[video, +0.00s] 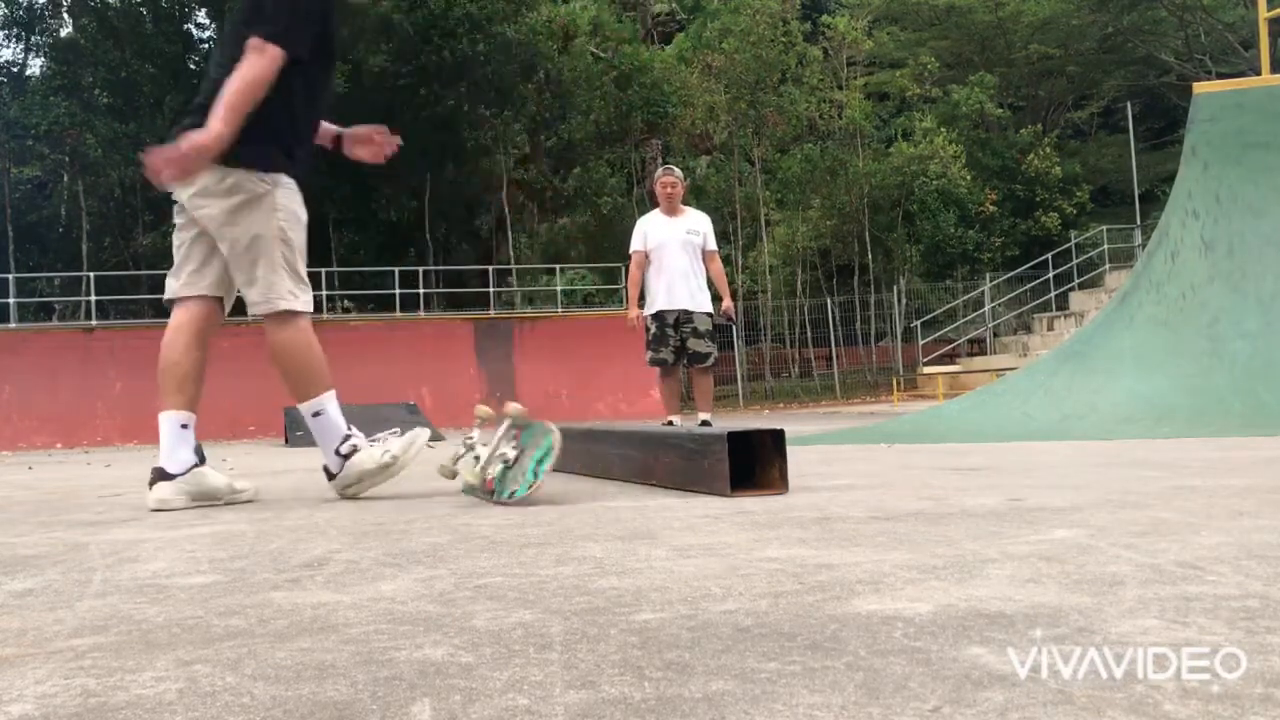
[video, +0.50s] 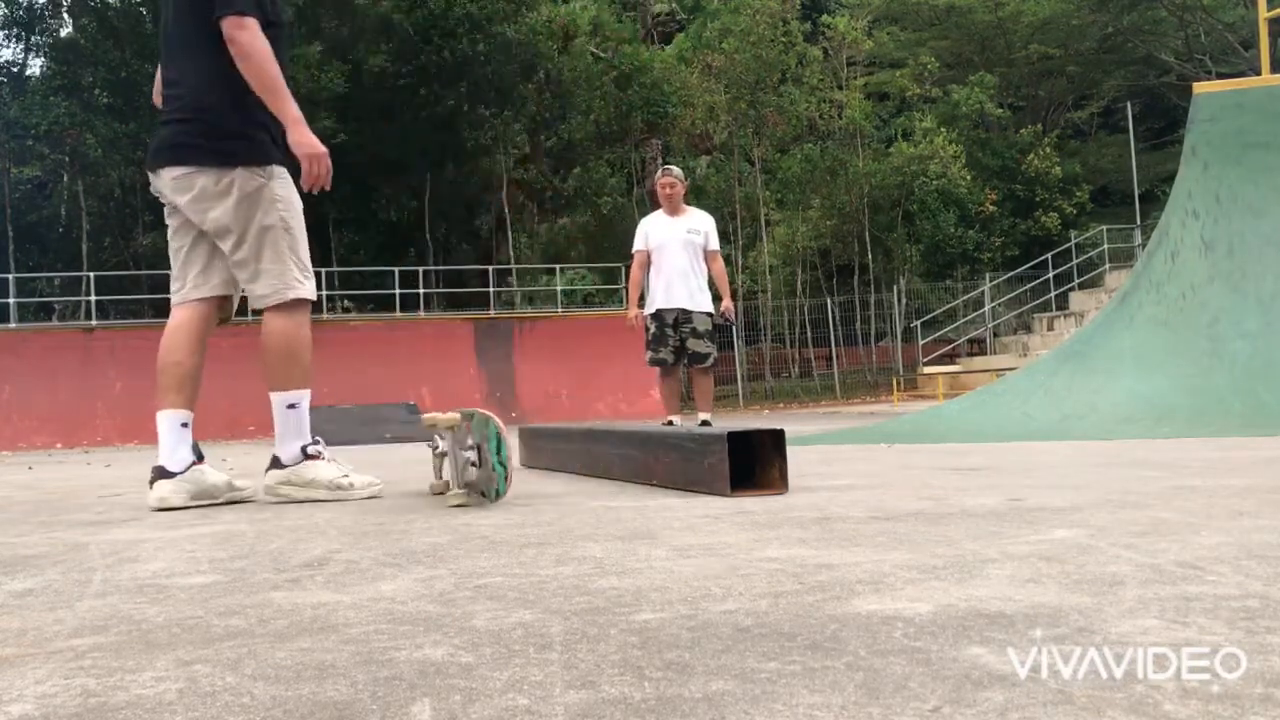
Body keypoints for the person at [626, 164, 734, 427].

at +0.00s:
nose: (668, 191)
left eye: (673, 186)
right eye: (663, 186)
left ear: (683, 188)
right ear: (655, 190)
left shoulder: (701, 220)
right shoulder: (645, 223)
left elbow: (713, 260)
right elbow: (637, 265)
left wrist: (726, 297)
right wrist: (632, 305)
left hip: (697, 305)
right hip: (661, 307)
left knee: (702, 365)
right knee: (668, 366)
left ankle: (705, 418)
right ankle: (673, 420)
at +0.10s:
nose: (668, 191)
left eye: (673, 185)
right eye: (663, 186)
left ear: (683, 188)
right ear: (655, 190)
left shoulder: (701, 219)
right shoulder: (645, 223)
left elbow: (713, 260)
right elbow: (637, 265)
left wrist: (726, 297)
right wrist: (633, 305)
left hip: (697, 305)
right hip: (660, 307)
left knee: (702, 365)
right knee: (668, 366)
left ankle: (705, 418)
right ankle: (673, 420)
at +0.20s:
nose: (667, 191)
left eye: (672, 186)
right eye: (662, 186)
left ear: (682, 188)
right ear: (655, 190)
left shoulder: (701, 220)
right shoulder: (645, 224)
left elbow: (713, 260)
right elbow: (637, 266)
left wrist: (726, 297)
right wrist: (633, 305)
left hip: (697, 305)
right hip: (660, 307)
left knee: (701, 365)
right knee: (668, 366)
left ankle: (705, 418)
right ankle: (672, 420)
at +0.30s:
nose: (667, 192)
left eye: (672, 186)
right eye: (662, 187)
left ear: (683, 188)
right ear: (655, 191)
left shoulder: (702, 220)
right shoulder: (645, 224)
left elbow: (714, 260)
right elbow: (637, 265)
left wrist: (726, 297)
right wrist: (633, 305)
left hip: (697, 305)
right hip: (661, 306)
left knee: (702, 365)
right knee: (668, 366)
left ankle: (705, 418)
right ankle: (672, 420)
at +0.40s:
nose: (667, 192)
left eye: (672, 186)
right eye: (662, 187)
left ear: (683, 188)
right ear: (655, 191)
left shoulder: (702, 220)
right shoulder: (646, 223)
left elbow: (714, 260)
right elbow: (638, 265)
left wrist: (726, 297)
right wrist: (633, 305)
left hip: (697, 305)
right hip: (661, 306)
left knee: (702, 365)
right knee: (668, 366)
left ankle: (705, 418)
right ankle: (672, 420)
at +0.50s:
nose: (668, 191)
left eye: (673, 186)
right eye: (663, 187)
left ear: (684, 187)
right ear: (656, 190)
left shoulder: (703, 220)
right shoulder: (647, 223)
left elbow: (715, 260)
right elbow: (638, 265)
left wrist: (726, 297)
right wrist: (633, 305)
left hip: (697, 305)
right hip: (661, 306)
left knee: (702, 365)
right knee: (668, 366)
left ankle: (705, 418)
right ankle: (672, 420)